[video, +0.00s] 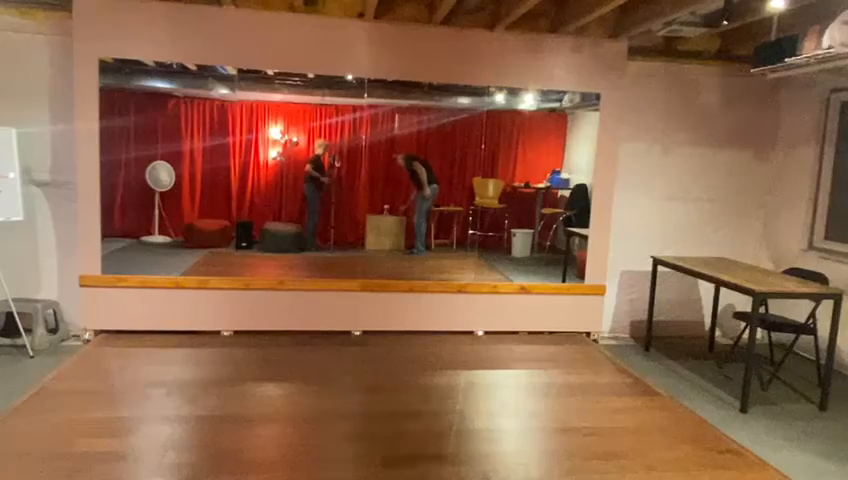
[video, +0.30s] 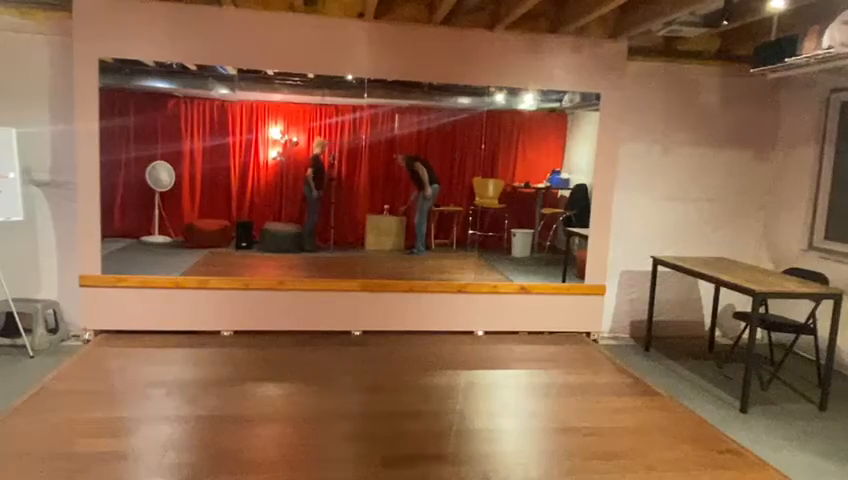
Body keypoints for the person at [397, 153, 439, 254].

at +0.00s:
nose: (399, 163)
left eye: (399, 160)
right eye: (398, 161)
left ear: (403, 158)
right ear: (402, 159)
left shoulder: (410, 161)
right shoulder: (411, 166)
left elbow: (421, 170)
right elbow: (417, 189)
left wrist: (426, 187)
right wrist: (407, 205)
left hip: (429, 187)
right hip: (428, 187)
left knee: (420, 217)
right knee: (421, 217)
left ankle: (420, 247)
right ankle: (420, 246)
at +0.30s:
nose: (399, 163)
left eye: (399, 160)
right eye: (398, 161)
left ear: (403, 158)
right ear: (403, 159)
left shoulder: (412, 161)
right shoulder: (411, 166)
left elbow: (423, 171)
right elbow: (419, 187)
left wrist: (427, 187)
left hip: (431, 186)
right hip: (426, 187)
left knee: (421, 217)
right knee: (421, 217)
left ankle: (420, 246)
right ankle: (420, 246)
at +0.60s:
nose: (398, 158)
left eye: (399, 155)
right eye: (397, 156)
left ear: (404, 154)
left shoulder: (413, 160)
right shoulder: (411, 164)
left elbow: (424, 169)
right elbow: (418, 188)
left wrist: (428, 188)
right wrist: (409, 204)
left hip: (430, 188)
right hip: (425, 189)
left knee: (420, 217)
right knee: (420, 217)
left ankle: (420, 247)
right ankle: (420, 246)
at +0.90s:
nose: (402, 149)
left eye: (403, 146)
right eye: (401, 146)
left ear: (409, 145)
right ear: (408, 146)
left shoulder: (417, 157)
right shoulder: (413, 158)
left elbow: (427, 172)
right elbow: (420, 176)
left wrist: (428, 191)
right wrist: (416, 193)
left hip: (425, 193)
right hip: (421, 192)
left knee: (416, 219)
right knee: (417, 219)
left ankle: (420, 246)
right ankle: (420, 246)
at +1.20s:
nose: (407, 146)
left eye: (409, 143)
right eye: (406, 143)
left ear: (414, 141)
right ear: (407, 144)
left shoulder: (423, 154)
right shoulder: (412, 156)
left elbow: (432, 172)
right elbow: (413, 177)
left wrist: (430, 192)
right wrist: (409, 193)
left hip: (423, 192)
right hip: (414, 192)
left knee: (420, 219)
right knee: (406, 216)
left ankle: (421, 245)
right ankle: (411, 243)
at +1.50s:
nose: (405, 144)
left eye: (408, 141)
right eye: (404, 142)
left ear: (414, 141)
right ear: (402, 143)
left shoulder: (422, 156)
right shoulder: (405, 157)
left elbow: (429, 177)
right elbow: (401, 177)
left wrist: (426, 197)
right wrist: (388, 186)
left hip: (420, 195)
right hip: (407, 193)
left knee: (420, 223)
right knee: (400, 221)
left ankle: (421, 247)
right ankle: (395, 247)